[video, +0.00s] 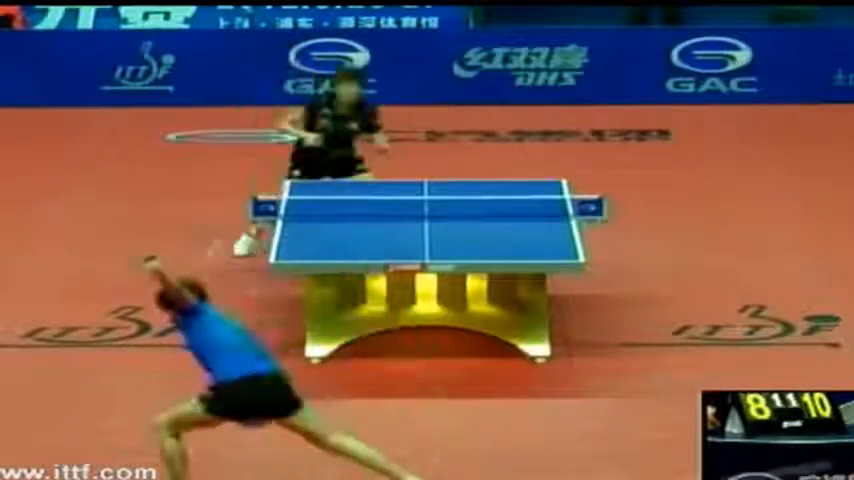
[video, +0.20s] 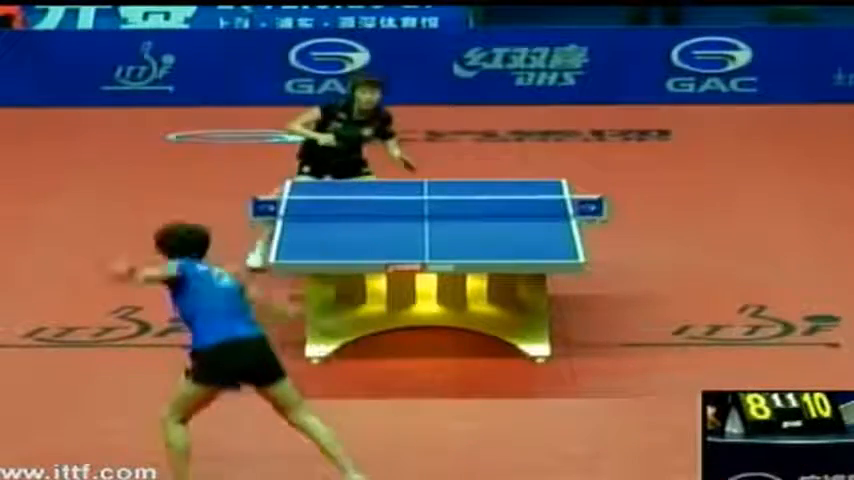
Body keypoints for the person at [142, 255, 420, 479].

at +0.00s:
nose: (170, 316)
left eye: (170, 308)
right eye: (169, 308)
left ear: (178, 306)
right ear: (201, 299)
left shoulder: (193, 317)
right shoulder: (222, 320)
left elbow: (179, 295)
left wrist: (157, 271)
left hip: (239, 391)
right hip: (275, 386)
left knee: (167, 427)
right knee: (329, 438)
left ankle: (177, 477)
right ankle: (402, 475)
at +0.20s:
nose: (162, 254)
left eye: (164, 250)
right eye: (163, 250)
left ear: (172, 251)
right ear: (199, 249)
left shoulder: (180, 269)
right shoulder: (226, 276)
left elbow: (155, 275)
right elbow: (258, 301)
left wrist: (134, 274)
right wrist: (288, 309)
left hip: (215, 354)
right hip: (255, 349)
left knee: (175, 419)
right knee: (298, 412)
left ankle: (181, 474)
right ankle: (350, 470)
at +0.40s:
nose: (183, 246)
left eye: (186, 240)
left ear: (191, 243)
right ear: (224, 241)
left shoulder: (186, 271)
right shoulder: (248, 269)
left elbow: (144, 302)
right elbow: (296, 279)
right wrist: (335, 275)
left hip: (211, 356)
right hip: (257, 352)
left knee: (183, 422)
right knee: (292, 411)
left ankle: (174, 475)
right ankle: (322, 471)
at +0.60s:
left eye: (226, 239)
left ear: (231, 245)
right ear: (265, 245)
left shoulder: (220, 274)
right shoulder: (283, 274)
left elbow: (196, 318)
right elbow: (326, 307)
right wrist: (328, 281)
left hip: (241, 358)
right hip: (286, 355)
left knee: (207, 427)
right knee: (326, 414)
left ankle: (204, 474)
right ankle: (361, 467)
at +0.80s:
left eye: (268, 243)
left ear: (272, 246)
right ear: (304, 247)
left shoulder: (258, 274)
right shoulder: (322, 276)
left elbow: (221, 310)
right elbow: (356, 308)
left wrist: (243, 277)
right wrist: (350, 282)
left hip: (265, 358)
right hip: (311, 357)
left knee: (219, 418)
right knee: (346, 406)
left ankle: (209, 475)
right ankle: (368, 468)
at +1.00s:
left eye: (259, 233)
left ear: (264, 239)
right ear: (299, 239)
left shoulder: (253, 268)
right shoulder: (316, 268)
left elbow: (219, 301)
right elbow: (355, 302)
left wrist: (209, 318)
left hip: (264, 351)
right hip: (310, 350)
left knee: (225, 411)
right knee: (347, 405)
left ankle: (201, 473)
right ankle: (370, 468)